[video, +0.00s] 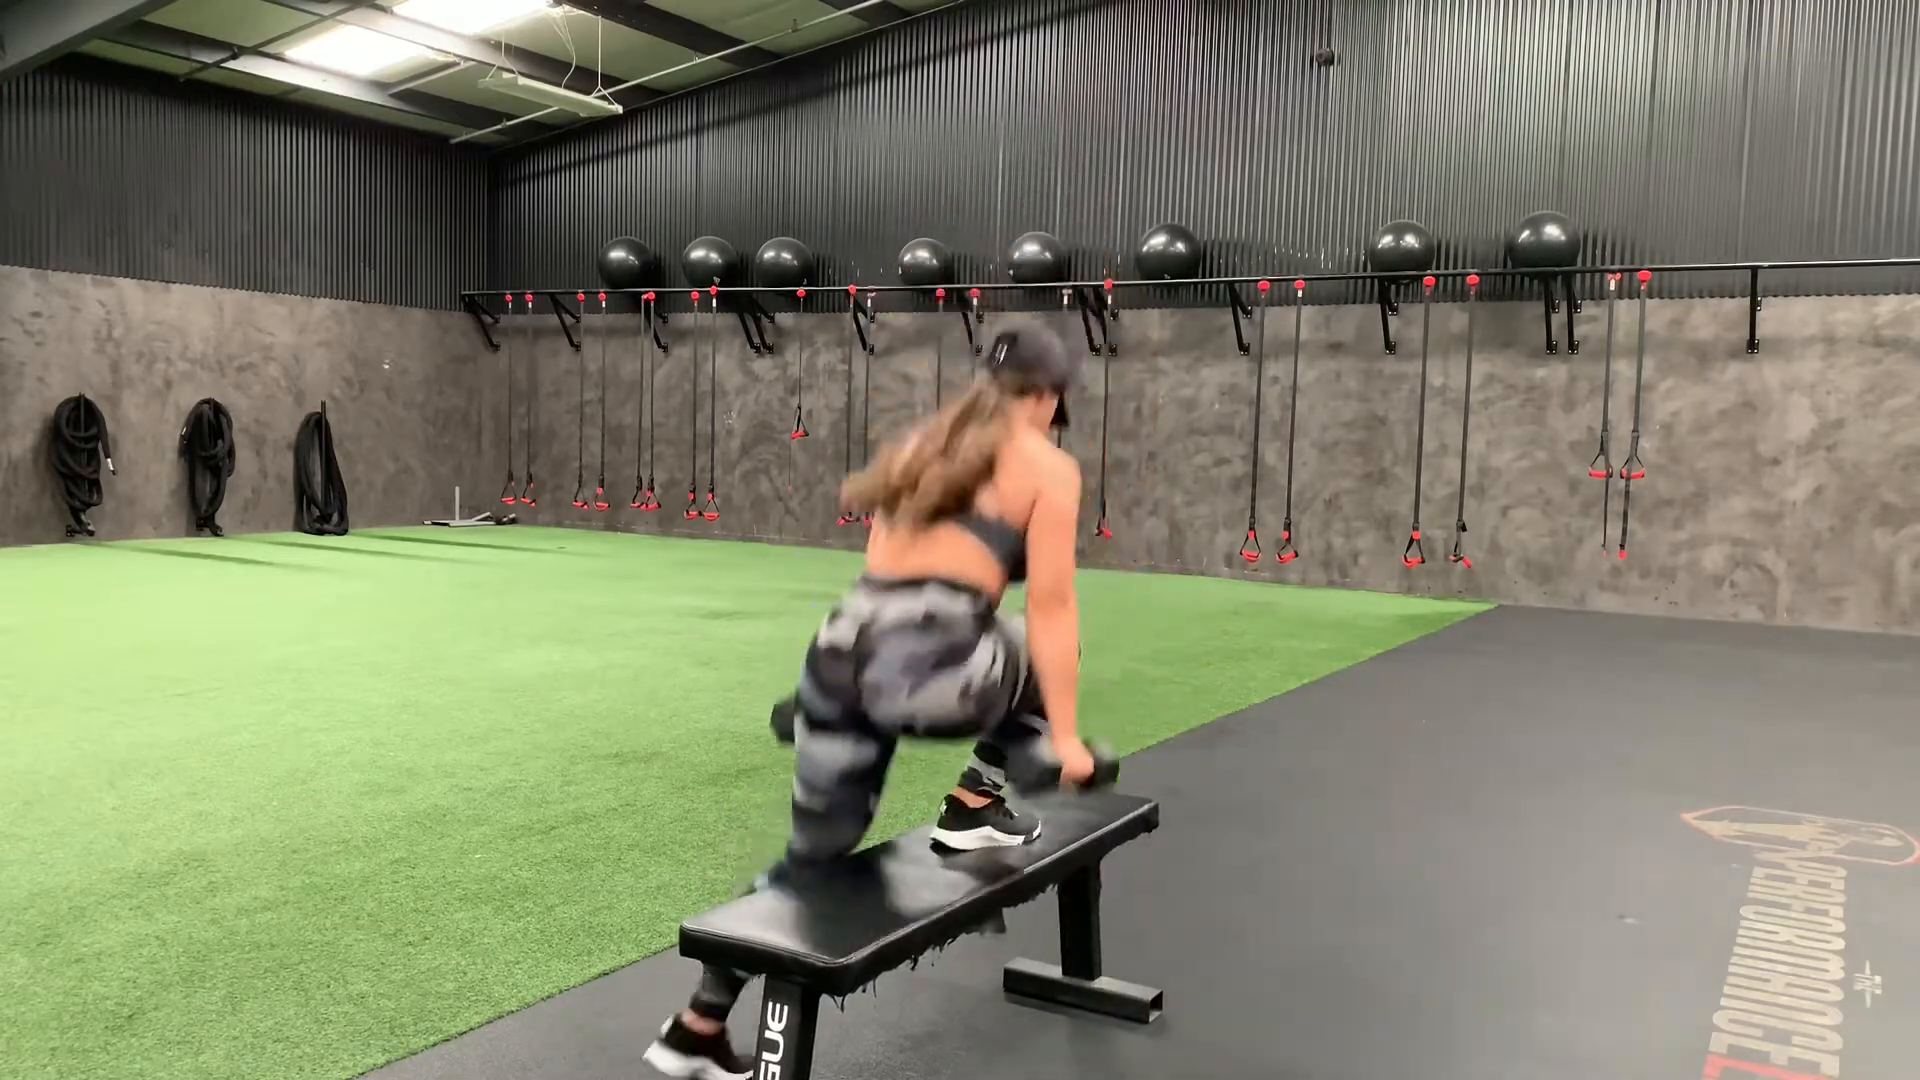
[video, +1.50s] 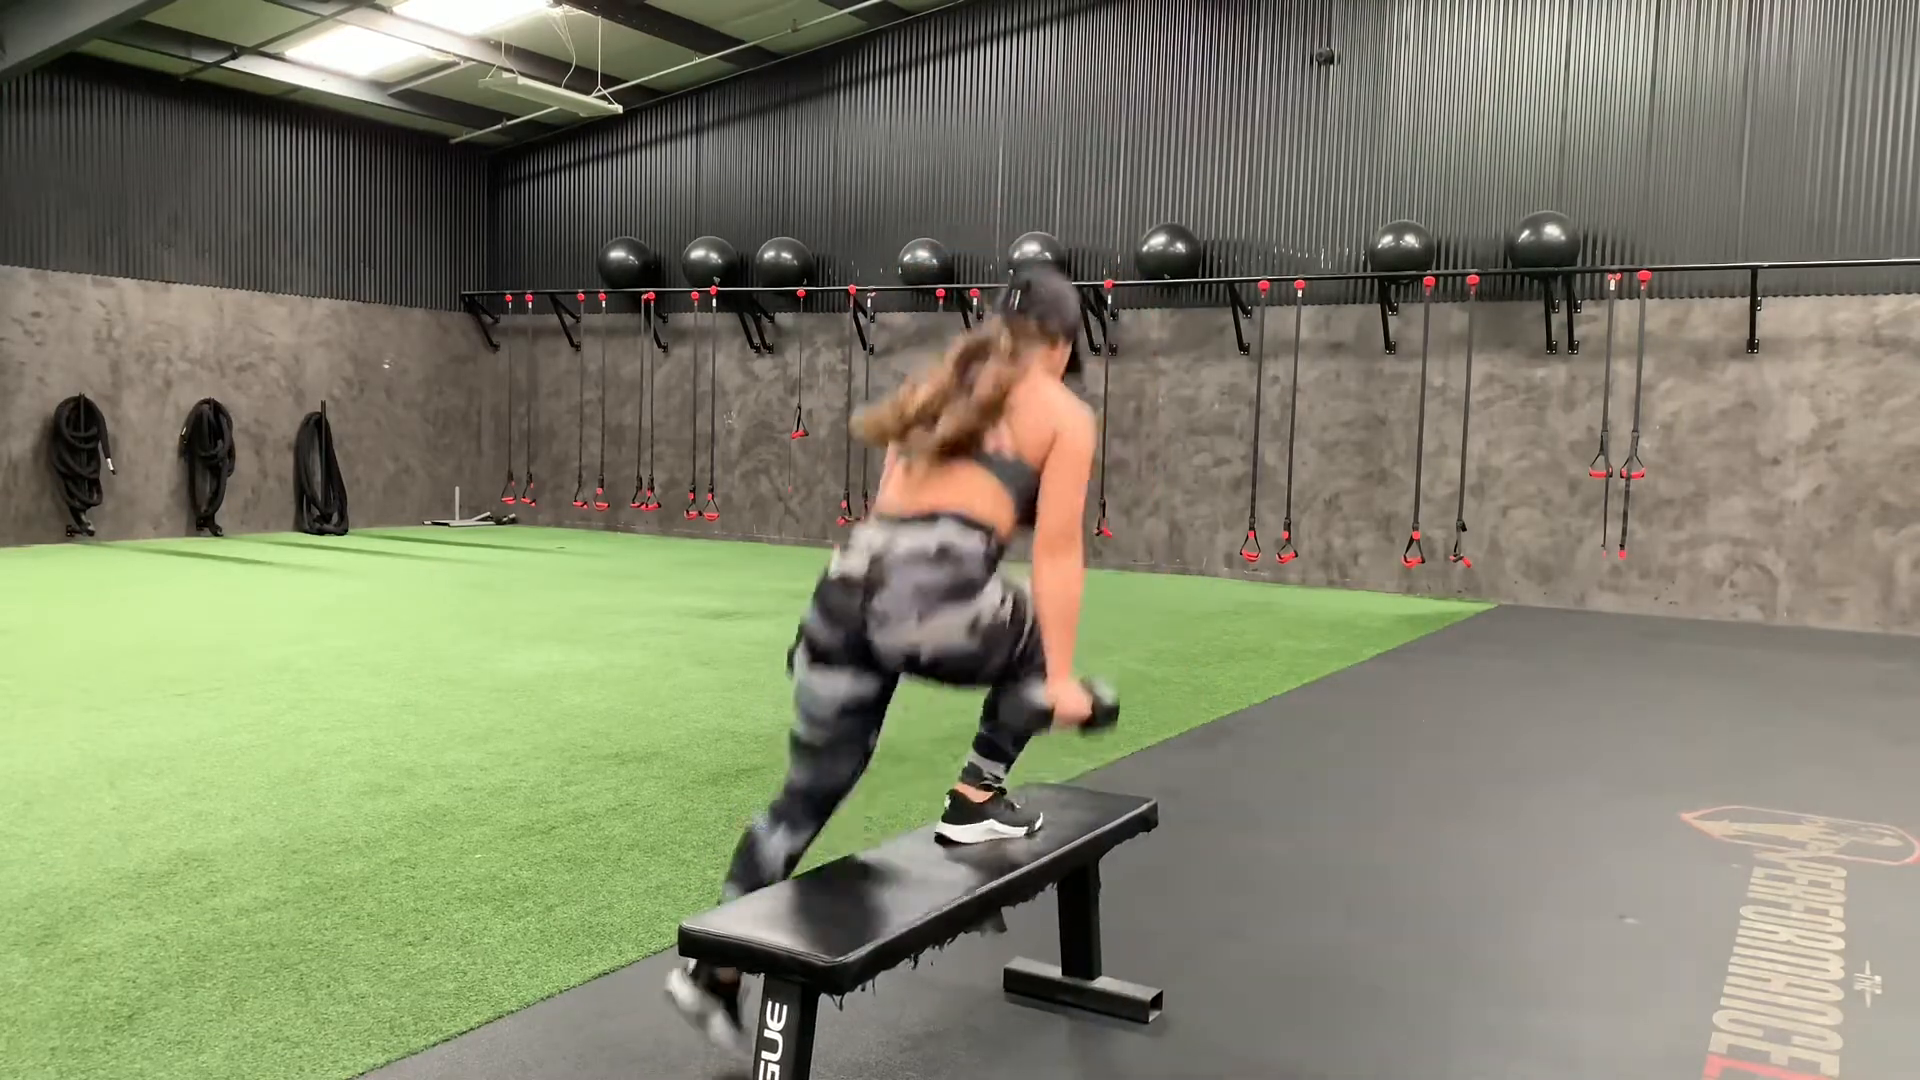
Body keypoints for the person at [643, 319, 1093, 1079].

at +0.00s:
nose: (1059, 412)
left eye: (1058, 400)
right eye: (1060, 400)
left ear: (990, 384)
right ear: (1047, 397)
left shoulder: (920, 443)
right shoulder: (1048, 465)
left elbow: (881, 577)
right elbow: (1053, 607)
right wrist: (1064, 736)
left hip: (842, 665)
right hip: (936, 671)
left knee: (813, 856)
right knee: (1038, 664)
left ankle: (700, 1022)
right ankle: (974, 803)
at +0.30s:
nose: (1088, 285)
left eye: (1086, 275)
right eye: (1089, 274)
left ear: (1019, 257)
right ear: (1080, 267)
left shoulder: (954, 312)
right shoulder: (1102, 326)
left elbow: (897, 432)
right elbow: (1109, 462)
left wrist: (849, 545)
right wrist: (1105, 587)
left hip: (882, 505)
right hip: (980, 507)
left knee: (891, 687)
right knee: (1054, 624)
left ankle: (779, 853)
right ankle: (985, 796)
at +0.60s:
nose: (1105, 263)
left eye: (1095, 248)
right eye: (1103, 251)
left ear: (1011, 251)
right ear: (1094, 253)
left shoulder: (954, 314)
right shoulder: (1124, 320)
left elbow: (910, 432)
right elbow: (1128, 454)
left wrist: (866, 538)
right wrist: (1144, 583)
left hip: (931, 506)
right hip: (1043, 507)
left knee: (984, 626)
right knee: (1065, 739)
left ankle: (997, 794)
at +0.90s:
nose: (1093, 395)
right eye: (1095, 384)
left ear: (1020, 376)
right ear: (1089, 382)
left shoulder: (963, 444)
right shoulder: (1121, 458)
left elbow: (916, 578)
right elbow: (1148, 599)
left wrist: (887, 686)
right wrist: (1173, 717)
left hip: (968, 649)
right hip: (1073, 658)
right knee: (1071, 873)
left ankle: (1001, 785)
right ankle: (1078, 1058)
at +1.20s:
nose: (1094, 229)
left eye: (1094, 220)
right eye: (1096, 218)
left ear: (1025, 203)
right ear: (1087, 211)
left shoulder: (959, 259)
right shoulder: (1106, 273)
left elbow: (911, 376)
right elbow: (1108, 403)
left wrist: (874, 496)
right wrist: (1113, 524)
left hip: (894, 429)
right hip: (998, 429)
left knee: (950, 592)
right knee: (1056, 602)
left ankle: (956, 769)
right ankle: (1025, 778)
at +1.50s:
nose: (1073, 354)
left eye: (1071, 341)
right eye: (1073, 341)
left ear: (1002, 326)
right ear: (1064, 339)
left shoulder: (938, 384)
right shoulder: (1063, 413)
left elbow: (891, 500)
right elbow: (1058, 551)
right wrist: (1060, 679)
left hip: (846, 601)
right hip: (935, 605)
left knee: (808, 790)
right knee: (1043, 637)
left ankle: (712, 966)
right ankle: (975, 796)